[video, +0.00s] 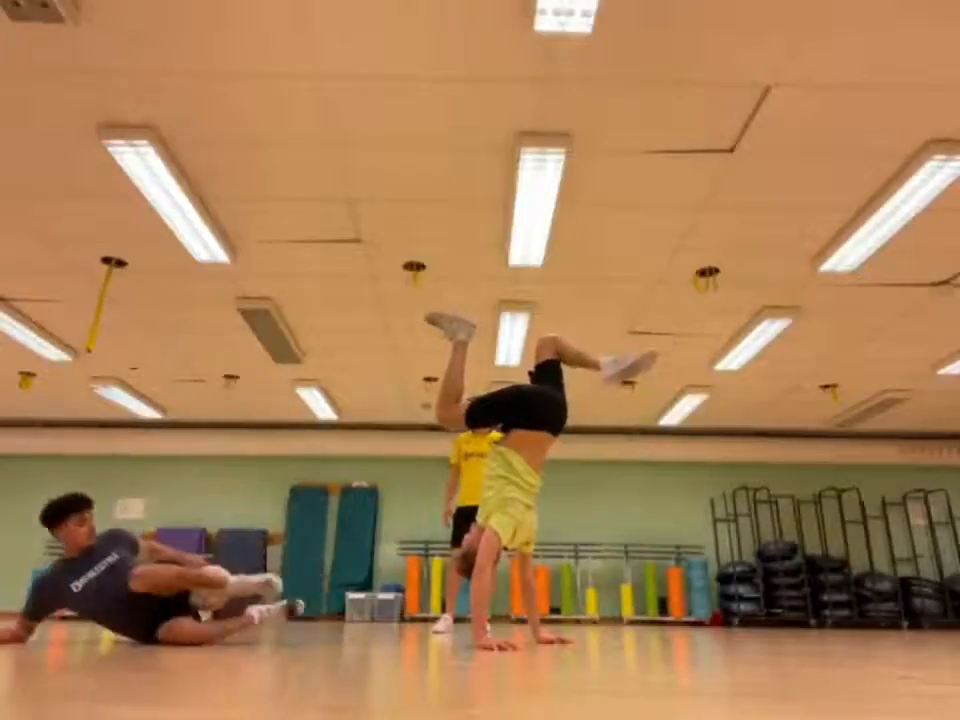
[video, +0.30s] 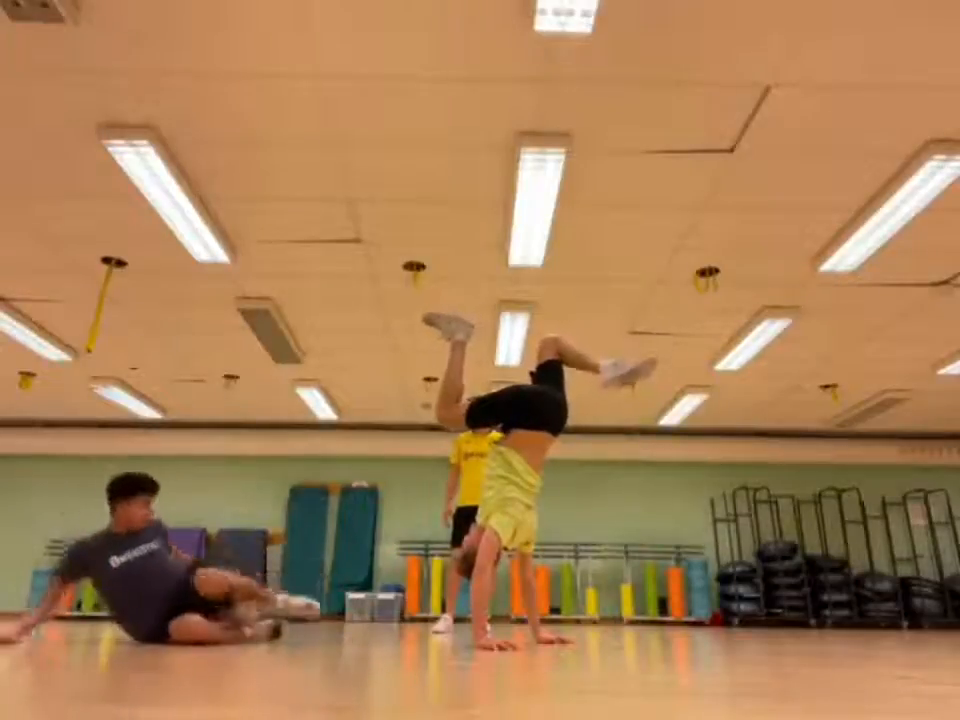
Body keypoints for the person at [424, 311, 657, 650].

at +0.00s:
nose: (469, 535)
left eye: (465, 540)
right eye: (470, 542)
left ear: (469, 543)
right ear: (472, 542)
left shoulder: (523, 535)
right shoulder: (493, 526)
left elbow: (528, 583)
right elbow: (481, 574)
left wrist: (536, 631)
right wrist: (481, 635)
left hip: (551, 413)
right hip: (530, 410)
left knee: (548, 345)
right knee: (449, 414)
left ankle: (607, 365)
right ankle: (460, 340)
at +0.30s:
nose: (468, 540)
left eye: (465, 548)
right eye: (470, 549)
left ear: (468, 543)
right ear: (471, 542)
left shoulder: (523, 537)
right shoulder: (493, 527)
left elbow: (528, 583)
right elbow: (481, 575)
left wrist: (536, 631)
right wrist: (482, 635)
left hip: (551, 414)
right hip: (529, 410)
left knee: (550, 345)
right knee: (449, 414)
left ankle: (606, 369)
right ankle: (459, 340)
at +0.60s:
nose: (468, 544)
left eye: (466, 551)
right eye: (472, 553)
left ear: (468, 543)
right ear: (473, 542)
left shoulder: (524, 535)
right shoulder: (494, 528)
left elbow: (527, 583)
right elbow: (482, 574)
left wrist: (537, 631)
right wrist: (482, 635)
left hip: (553, 414)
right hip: (532, 408)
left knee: (554, 344)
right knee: (451, 416)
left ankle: (610, 369)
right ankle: (458, 342)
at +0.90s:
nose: (485, 561)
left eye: (474, 558)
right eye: (482, 562)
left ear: (473, 547)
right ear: (476, 542)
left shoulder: (525, 535)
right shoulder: (495, 527)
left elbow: (527, 582)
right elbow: (482, 575)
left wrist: (537, 631)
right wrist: (481, 636)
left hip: (554, 414)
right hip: (532, 408)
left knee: (556, 344)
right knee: (452, 416)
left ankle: (612, 370)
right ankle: (459, 342)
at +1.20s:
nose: (484, 567)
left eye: (485, 569)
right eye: (484, 567)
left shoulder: (524, 536)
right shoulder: (493, 528)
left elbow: (527, 583)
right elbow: (481, 575)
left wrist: (537, 632)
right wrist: (481, 636)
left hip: (555, 414)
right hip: (532, 407)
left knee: (559, 344)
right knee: (451, 416)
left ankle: (614, 373)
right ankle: (462, 339)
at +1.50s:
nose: (483, 572)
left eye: (485, 574)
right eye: (481, 573)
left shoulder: (524, 536)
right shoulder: (493, 528)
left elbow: (526, 584)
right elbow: (481, 577)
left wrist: (537, 631)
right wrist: (481, 636)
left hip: (553, 414)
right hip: (529, 408)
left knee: (559, 344)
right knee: (450, 417)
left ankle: (613, 378)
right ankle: (461, 340)